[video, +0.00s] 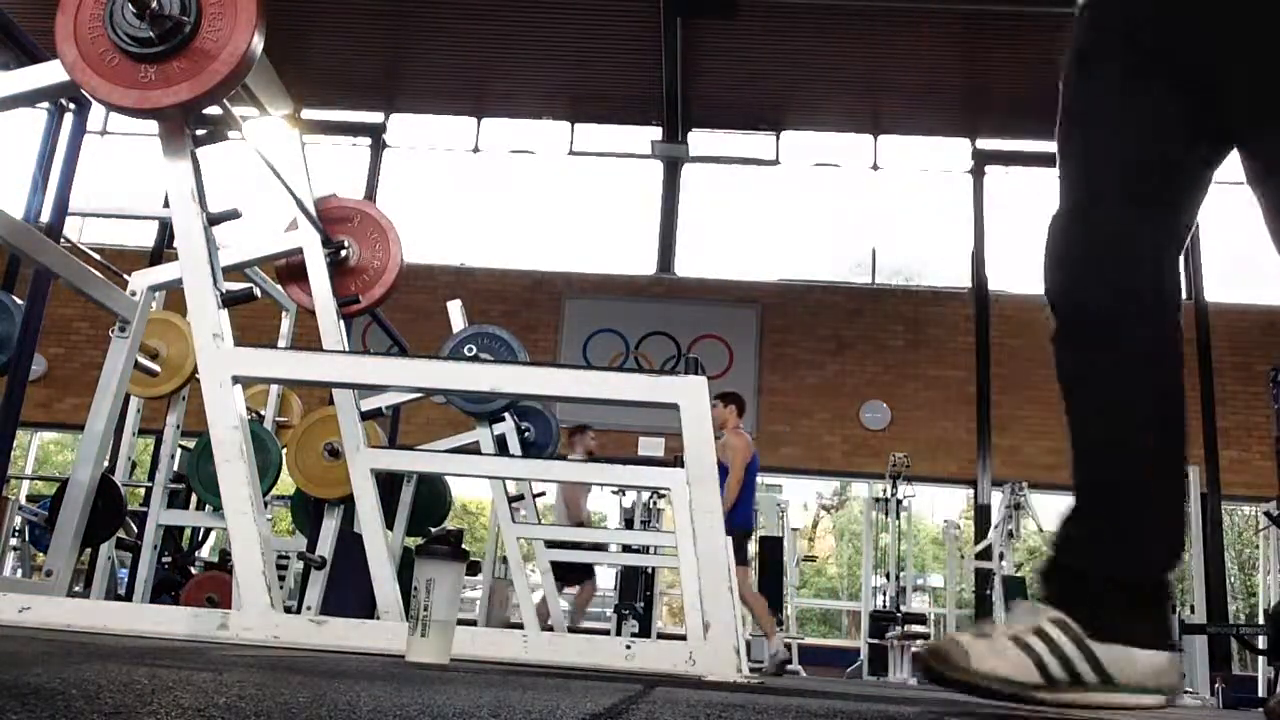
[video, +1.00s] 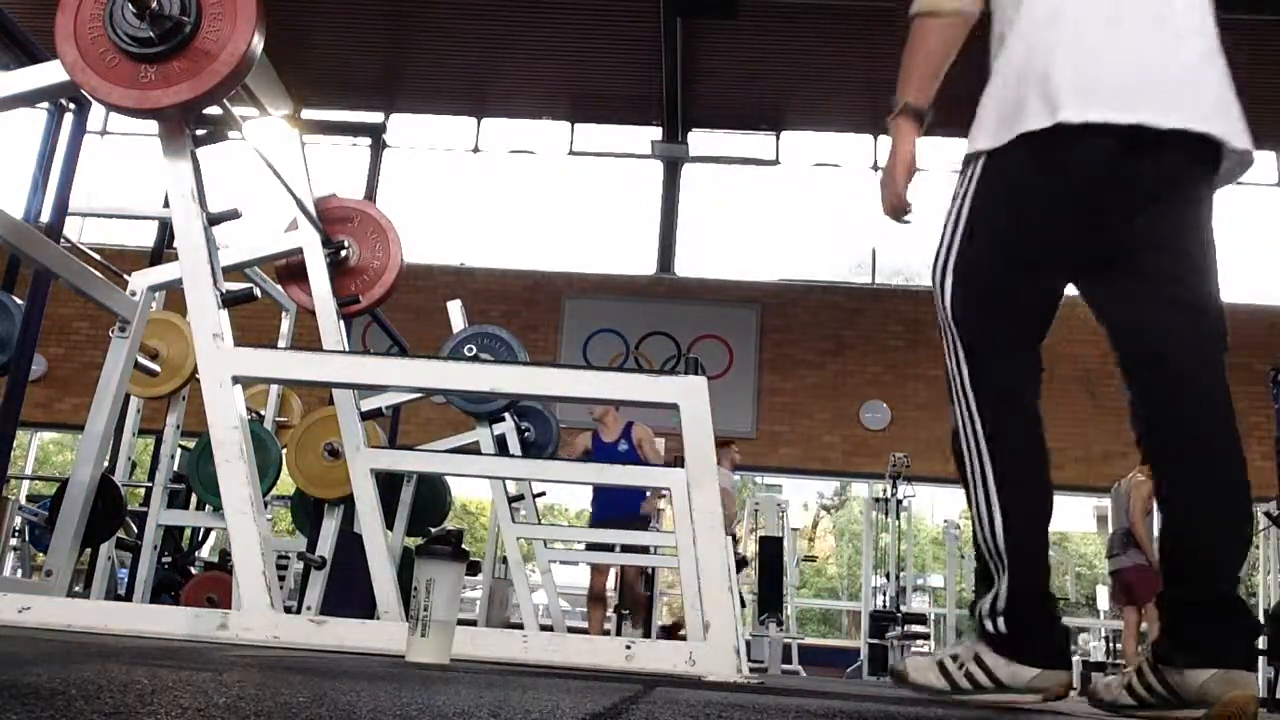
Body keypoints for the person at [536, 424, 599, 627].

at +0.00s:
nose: (595, 443)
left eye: (594, 438)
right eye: (591, 438)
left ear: (577, 440)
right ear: (576, 439)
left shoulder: (576, 466)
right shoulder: (574, 466)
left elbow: (576, 504)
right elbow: (574, 504)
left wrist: (585, 528)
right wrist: (588, 533)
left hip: (565, 532)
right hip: (570, 533)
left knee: (555, 587)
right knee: (588, 585)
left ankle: (534, 628)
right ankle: (573, 627)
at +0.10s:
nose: (607, 446)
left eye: (607, 442)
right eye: (604, 442)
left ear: (590, 444)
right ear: (591, 444)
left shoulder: (591, 470)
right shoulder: (587, 471)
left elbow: (592, 507)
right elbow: (588, 512)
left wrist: (603, 520)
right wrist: (603, 525)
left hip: (575, 537)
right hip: (582, 539)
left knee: (560, 589)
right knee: (596, 592)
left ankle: (535, 626)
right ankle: (603, 640)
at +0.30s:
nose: (636, 447)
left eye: (636, 443)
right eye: (632, 442)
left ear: (618, 448)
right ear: (618, 446)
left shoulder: (624, 470)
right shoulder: (618, 472)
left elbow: (626, 507)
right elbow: (619, 508)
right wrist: (624, 538)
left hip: (611, 535)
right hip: (614, 537)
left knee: (600, 596)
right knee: (623, 594)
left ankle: (562, 625)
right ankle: (621, 646)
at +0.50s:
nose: (667, 427)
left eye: (673, 423)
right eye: (666, 423)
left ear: (683, 425)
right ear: (663, 425)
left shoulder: (692, 447)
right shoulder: (653, 442)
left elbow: (720, 477)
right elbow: (625, 457)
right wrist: (590, 454)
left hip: (684, 521)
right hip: (657, 518)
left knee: (682, 581)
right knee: (638, 572)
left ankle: (693, 633)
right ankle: (620, 623)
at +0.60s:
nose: (642, 407)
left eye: (647, 402)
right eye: (642, 402)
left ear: (663, 407)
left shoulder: (677, 435)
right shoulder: (635, 441)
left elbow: (696, 473)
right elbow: (605, 455)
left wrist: (679, 508)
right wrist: (571, 453)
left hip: (668, 521)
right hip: (637, 520)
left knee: (678, 588)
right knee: (623, 582)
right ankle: (603, 638)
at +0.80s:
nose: (607, 407)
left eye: (613, 402)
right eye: (608, 402)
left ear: (629, 407)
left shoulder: (654, 434)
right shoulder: (603, 441)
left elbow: (675, 473)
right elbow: (576, 460)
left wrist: (671, 504)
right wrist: (568, 457)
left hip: (649, 518)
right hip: (616, 518)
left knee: (652, 580)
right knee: (604, 580)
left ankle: (671, 634)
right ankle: (597, 639)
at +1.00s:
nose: (590, 407)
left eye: (596, 403)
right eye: (591, 403)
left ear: (612, 406)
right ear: (601, 409)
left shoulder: (638, 432)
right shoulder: (586, 439)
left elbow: (660, 469)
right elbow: (559, 463)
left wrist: (653, 498)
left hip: (634, 516)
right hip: (602, 516)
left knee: (631, 577)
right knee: (597, 579)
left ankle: (638, 630)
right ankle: (595, 639)